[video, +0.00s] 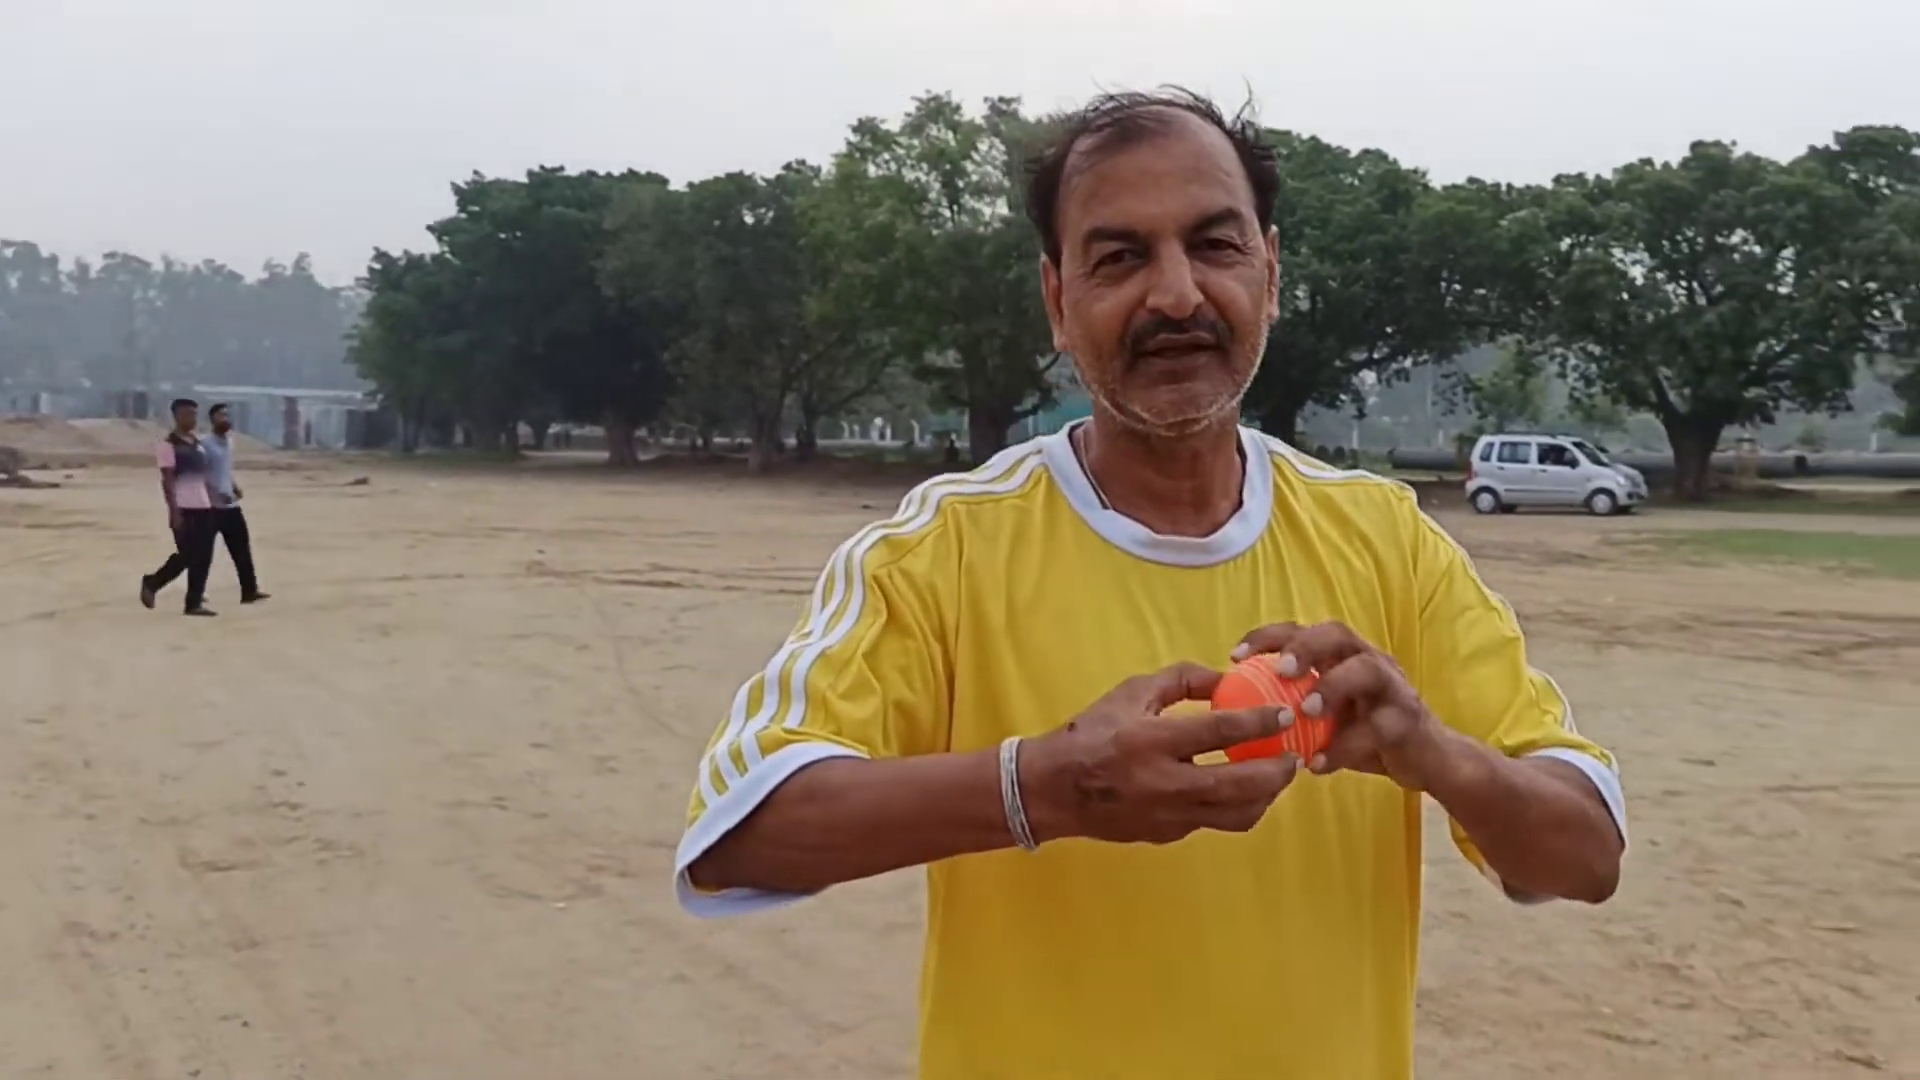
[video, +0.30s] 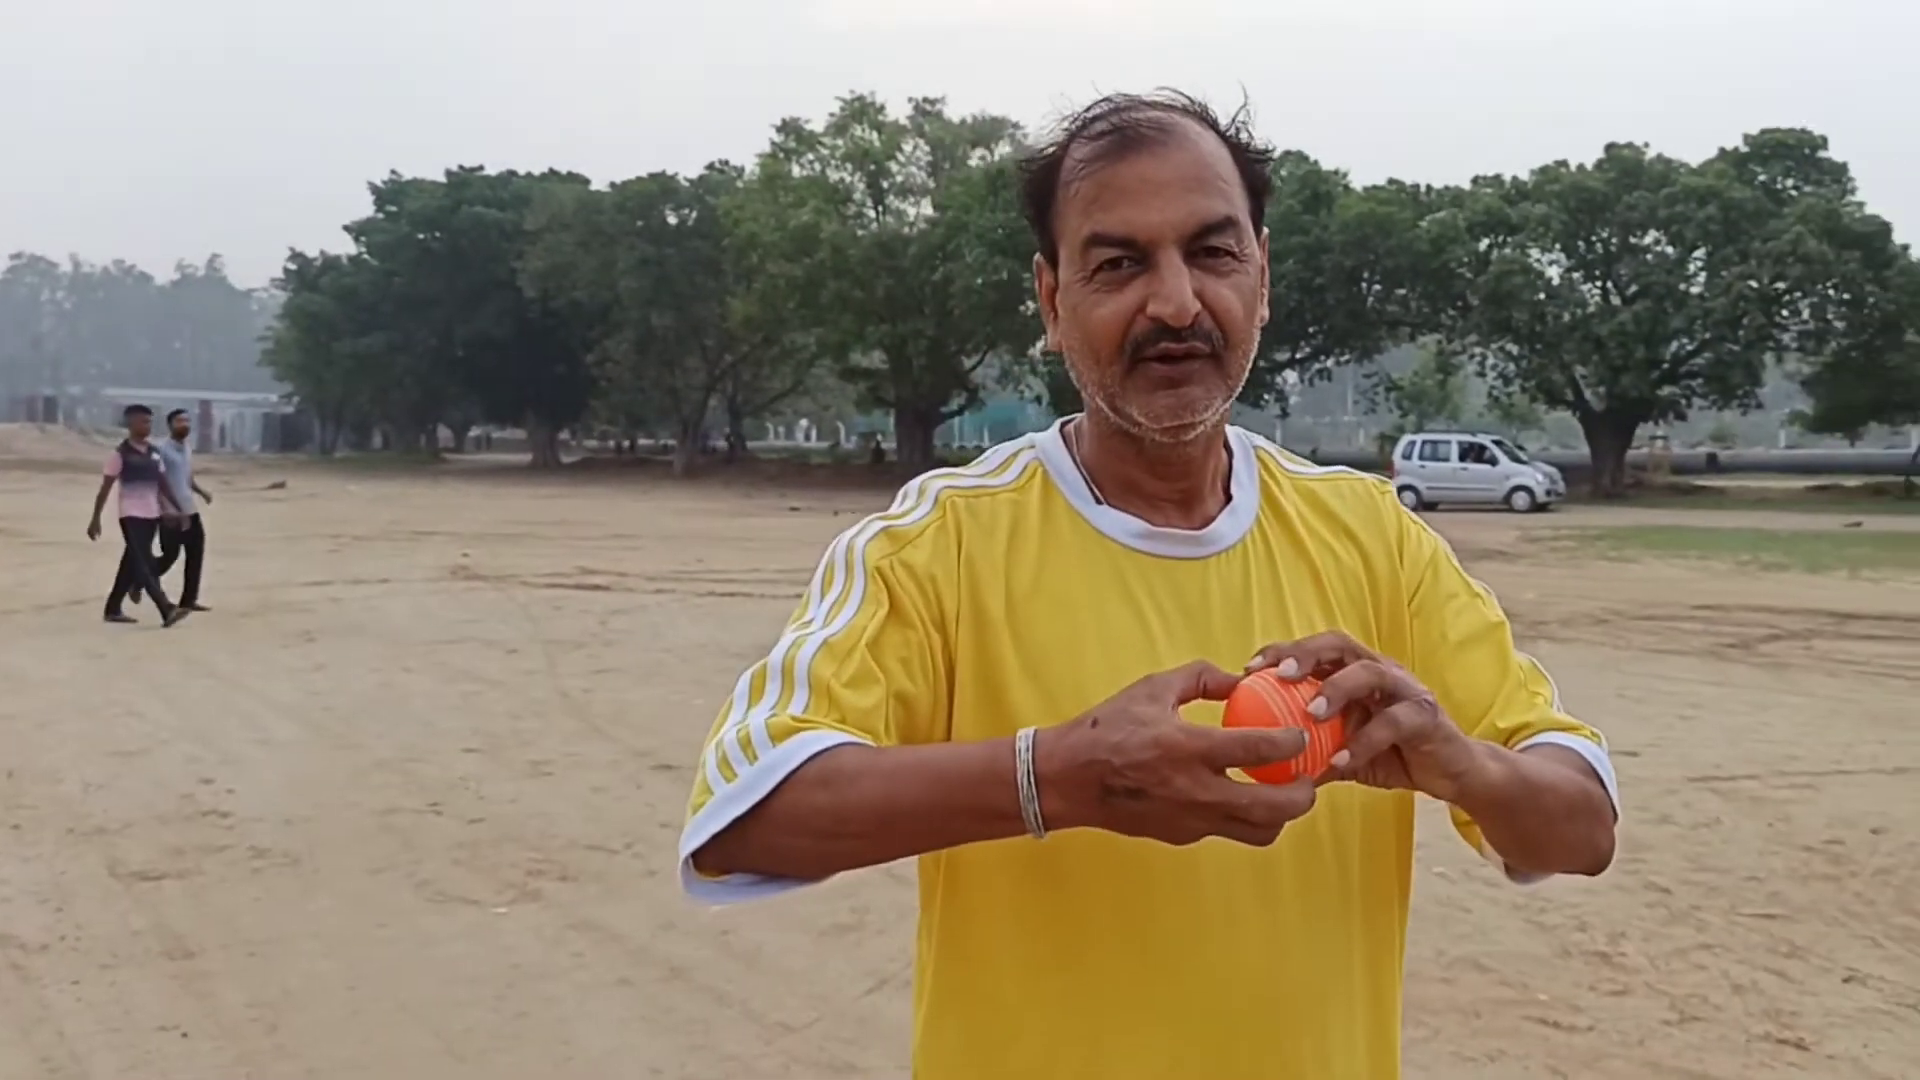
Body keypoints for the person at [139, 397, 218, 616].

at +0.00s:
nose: (193, 419)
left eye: (194, 414)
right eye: (188, 414)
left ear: (194, 416)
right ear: (177, 416)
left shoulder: (195, 443)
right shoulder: (167, 446)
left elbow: (200, 477)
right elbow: (167, 481)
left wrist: (210, 501)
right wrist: (174, 511)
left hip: (203, 507)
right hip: (184, 507)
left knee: (201, 557)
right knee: (187, 554)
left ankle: (194, 602)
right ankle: (152, 583)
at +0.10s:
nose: (175, 419)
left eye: (176, 414)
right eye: (171, 414)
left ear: (177, 417)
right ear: (158, 416)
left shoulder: (179, 444)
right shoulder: (148, 445)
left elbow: (185, 478)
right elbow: (140, 479)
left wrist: (193, 505)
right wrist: (139, 513)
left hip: (182, 504)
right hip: (161, 505)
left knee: (178, 552)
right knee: (173, 549)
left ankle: (163, 599)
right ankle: (153, 593)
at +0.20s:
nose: (162, 420)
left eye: (163, 416)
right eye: (158, 416)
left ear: (163, 419)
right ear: (145, 418)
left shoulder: (167, 448)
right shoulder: (135, 449)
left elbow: (174, 483)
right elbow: (120, 482)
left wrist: (189, 504)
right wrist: (113, 513)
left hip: (168, 510)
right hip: (146, 508)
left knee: (150, 559)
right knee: (160, 556)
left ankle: (137, 605)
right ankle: (164, 607)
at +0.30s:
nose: (147, 427)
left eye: (149, 422)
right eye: (142, 422)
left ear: (150, 425)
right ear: (130, 424)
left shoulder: (153, 452)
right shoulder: (120, 454)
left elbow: (162, 483)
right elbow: (105, 488)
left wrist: (177, 508)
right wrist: (95, 519)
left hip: (151, 515)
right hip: (130, 514)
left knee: (131, 563)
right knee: (143, 563)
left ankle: (113, 607)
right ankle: (166, 609)